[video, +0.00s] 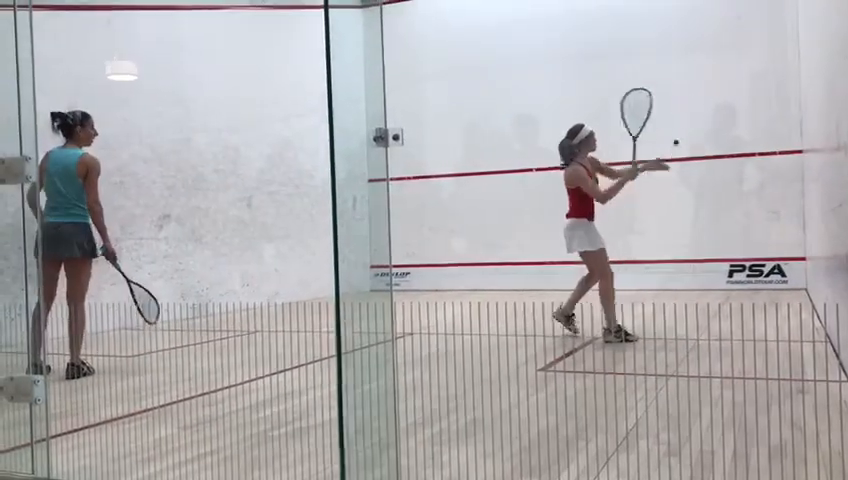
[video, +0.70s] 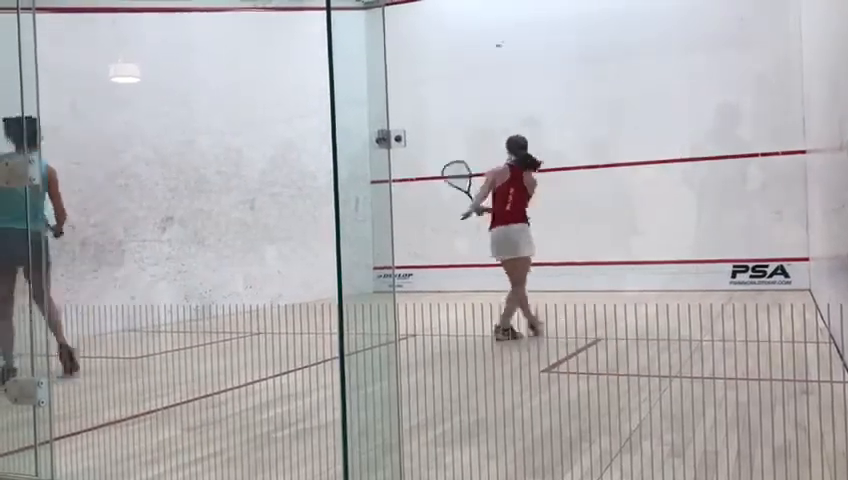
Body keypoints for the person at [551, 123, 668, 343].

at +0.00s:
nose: (595, 140)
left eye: (593, 137)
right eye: (592, 138)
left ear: (580, 144)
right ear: (582, 144)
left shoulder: (589, 162)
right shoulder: (575, 171)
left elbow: (615, 173)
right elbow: (601, 198)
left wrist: (648, 166)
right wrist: (625, 178)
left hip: (582, 226)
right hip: (580, 227)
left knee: (595, 273)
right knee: (605, 275)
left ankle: (565, 311)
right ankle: (612, 328)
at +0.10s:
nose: (590, 143)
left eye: (588, 140)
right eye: (586, 140)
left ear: (575, 148)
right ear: (576, 147)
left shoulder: (582, 165)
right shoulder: (570, 174)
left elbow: (598, 185)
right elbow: (592, 202)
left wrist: (628, 188)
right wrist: (608, 181)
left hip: (575, 228)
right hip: (575, 230)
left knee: (588, 274)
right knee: (602, 274)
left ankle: (562, 316)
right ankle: (612, 327)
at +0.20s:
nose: (582, 150)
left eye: (581, 147)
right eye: (577, 147)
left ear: (565, 156)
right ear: (567, 154)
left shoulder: (560, 179)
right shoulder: (569, 181)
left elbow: (568, 203)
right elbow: (594, 202)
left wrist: (586, 210)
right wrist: (604, 187)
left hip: (558, 233)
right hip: (569, 234)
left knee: (577, 277)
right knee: (595, 278)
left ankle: (557, 320)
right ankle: (611, 327)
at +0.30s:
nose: (573, 151)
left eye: (572, 148)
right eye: (570, 149)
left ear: (552, 156)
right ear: (563, 156)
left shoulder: (541, 178)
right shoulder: (568, 182)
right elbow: (602, 192)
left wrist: (556, 204)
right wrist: (627, 184)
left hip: (542, 233)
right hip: (560, 234)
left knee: (565, 277)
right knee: (588, 278)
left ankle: (556, 322)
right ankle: (600, 326)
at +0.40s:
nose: (563, 154)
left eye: (561, 150)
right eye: (561, 151)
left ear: (540, 153)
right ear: (557, 154)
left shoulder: (529, 176)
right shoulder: (562, 178)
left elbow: (520, 200)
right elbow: (580, 200)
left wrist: (521, 217)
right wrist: (592, 198)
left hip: (531, 234)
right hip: (552, 233)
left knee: (556, 277)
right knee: (578, 278)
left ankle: (554, 320)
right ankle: (563, 319)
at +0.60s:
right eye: (537, 149)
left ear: (521, 152)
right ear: (540, 152)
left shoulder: (507, 175)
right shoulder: (543, 178)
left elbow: (484, 199)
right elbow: (521, 204)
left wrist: (468, 213)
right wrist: (491, 210)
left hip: (513, 232)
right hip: (533, 230)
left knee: (536, 281)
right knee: (537, 282)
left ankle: (551, 323)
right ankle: (509, 320)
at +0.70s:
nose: (511, 155)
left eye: (509, 150)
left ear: (507, 151)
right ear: (526, 151)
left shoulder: (496, 173)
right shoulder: (529, 177)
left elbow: (481, 196)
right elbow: (517, 204)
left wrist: (474, 208)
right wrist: (486, 210)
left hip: (499, 231)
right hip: (520, 228)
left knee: (517, 283)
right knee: (518, 283)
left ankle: (531, 320)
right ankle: (504, 325)